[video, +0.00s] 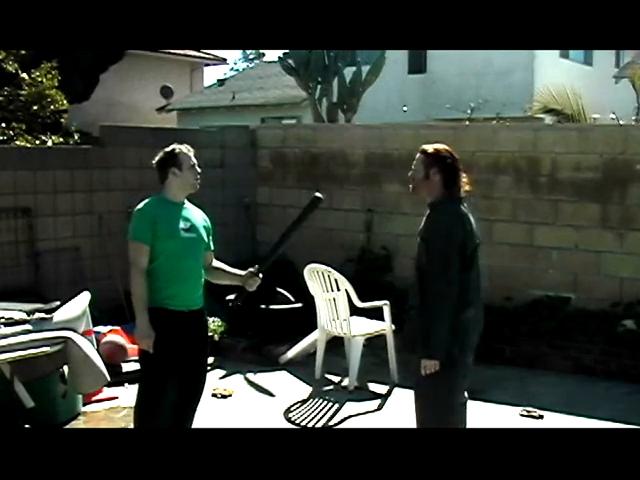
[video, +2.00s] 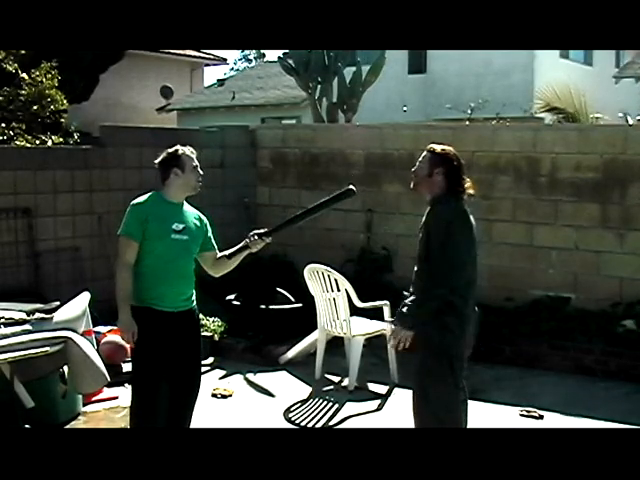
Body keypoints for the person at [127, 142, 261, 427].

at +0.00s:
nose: (199, 172)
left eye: (198, 167)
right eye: (193, 167)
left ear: (181, 173)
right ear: (173, 173)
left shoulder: (200, 217)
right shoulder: (148, 212)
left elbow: (208, 266)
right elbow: (138, 269)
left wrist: (241, 277)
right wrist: (142, 322)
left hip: (194, 320)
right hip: (162, 319)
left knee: (189, 395)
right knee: (158, 397)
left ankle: (178, 430)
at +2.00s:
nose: (201, 173)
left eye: (199, 168)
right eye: (195, 168)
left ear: (181, 174)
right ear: (175, 173)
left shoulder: (197, 220)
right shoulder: (142, 209)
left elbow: (215, 267)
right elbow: (125, 263)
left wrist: (246, 247)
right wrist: (124, 314)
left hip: (185, 319)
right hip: (150, 318)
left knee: (184, 395)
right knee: (149, 396)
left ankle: (176, 430)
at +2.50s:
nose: (196, 171)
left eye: (194, 166)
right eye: (189, 166)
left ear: (177, 173)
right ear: (169, 173)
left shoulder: (195, 219)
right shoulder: (138, 210)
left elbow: (211, 266)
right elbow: (122, 266)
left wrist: (245, 247)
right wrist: (119, 316)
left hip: (184, 319)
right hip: (148, 318)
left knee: (184, 393)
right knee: (149, 395)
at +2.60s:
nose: (195, 172)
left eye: (194, 166)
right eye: (188, 167)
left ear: (176, 174)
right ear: (169, 173)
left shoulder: (194, 219)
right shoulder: (138, 210)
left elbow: (209, 267)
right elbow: (122, 266)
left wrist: (245, 249)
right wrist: (120, 316)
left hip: (184, 319)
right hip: (148, 318)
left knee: (184, 393)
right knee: (149, 395)